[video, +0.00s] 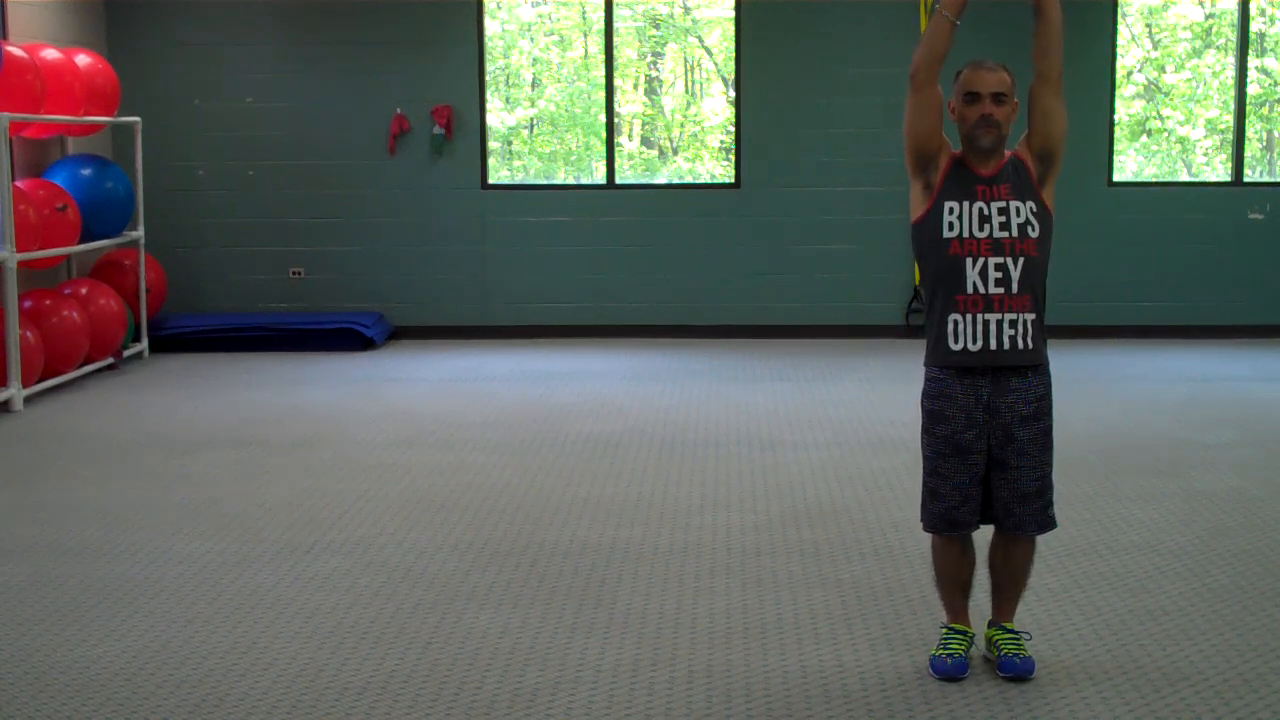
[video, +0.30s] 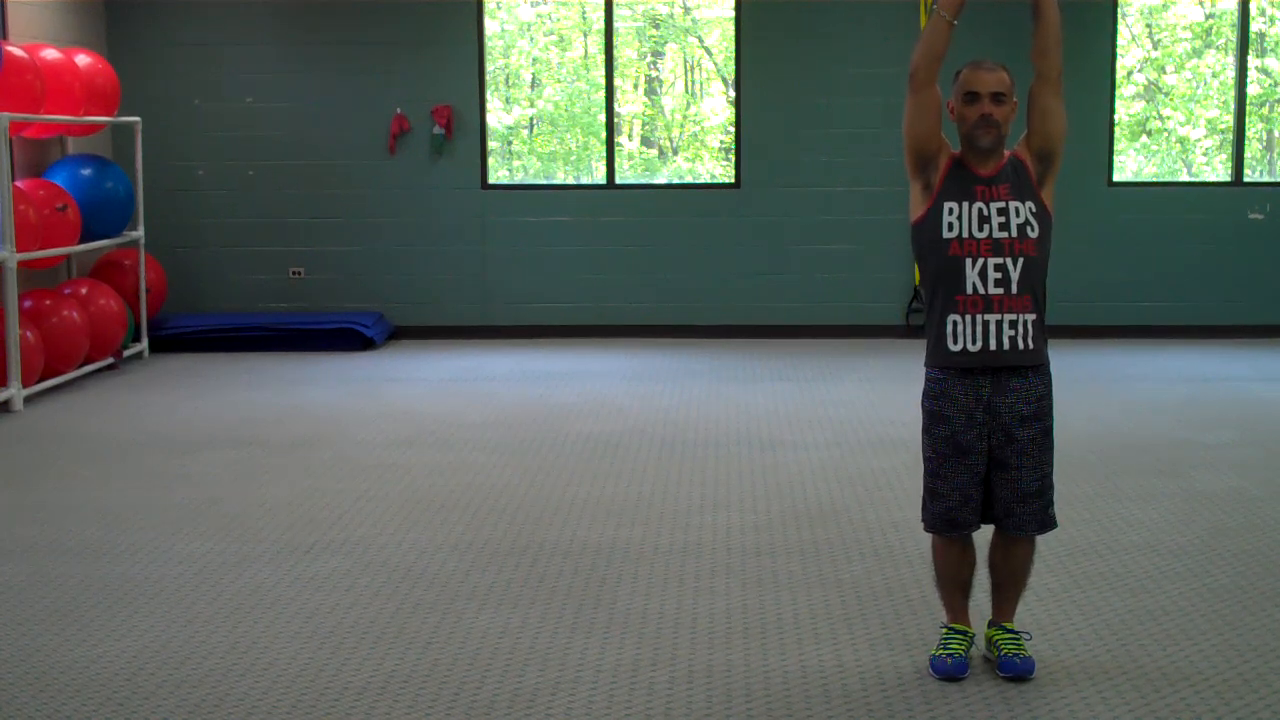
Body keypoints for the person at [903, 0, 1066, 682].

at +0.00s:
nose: (986, 109)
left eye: (998, 99)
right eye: (973, 98)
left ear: (1015, 109)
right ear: (953, 108)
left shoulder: (1036, 171)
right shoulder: (931, 173)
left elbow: (1050, 75)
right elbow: (922, 76)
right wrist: (951, 6)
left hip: (1023, 381)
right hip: (952, 382)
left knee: (1019, 517)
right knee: (950, 518)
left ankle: (1004, 628)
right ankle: (956, 629)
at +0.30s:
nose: (986, 108)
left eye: (998, 98)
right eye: (973, 98)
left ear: (1015, 109)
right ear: (952, 109)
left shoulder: (1035, 171)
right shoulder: (931, 174)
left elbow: (1050, 75)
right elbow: (921, 77)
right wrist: (948, 5)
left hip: (1023, 382)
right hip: (952, 382)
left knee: (1019, 518)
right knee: (950, 518)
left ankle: (1004, 628)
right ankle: (956, 628)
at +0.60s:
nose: (983, 108)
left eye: (995, 98)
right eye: (970, 97)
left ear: (1012, 109)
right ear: (949, 109)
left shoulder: (1032, 172)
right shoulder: (928, 174)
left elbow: (1047, 76)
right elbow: (917, 78)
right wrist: (944, 6)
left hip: (1020, 380)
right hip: (950, 381)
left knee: (1018, 518)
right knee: (949, 519)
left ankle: (1004, 627)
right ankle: (954, 628)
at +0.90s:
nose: (983, 108)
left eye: (995, 98)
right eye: (970, 98)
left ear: (1012, 109)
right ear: (949, 109)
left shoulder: (1031, 172)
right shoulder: (927, 173)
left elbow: (1048, 76)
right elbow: (918, 77)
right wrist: (945, 6)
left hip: (1017, 382)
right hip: (947, 383)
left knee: (1016, 519)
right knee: (947, 520)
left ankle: (1004, 627)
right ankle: (954, 628)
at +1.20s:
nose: (983, 110)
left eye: (995, 100)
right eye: (970, 100)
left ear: (1012, 110)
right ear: (949, 109)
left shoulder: (1032, 172)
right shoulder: (927, 173)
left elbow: (1049, 74)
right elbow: (920, 75)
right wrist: (951, 5)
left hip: (1018, 383)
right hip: (948, 384)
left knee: (1018, 519)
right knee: (947, 520)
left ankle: (1004, 628)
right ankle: (955, 628)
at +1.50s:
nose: (985, 107)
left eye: (997, 97)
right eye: (972, 97)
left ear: (1014, 108)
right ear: (952, 108)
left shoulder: (1034, 171)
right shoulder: (929, 172)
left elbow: (1052, 75)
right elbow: (922, 74)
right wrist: (953, 5)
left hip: (1019, 381)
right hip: (950, 382)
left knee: (1018, 517)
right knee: (949, 518)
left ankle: (1004, 628)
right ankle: (956, 628)